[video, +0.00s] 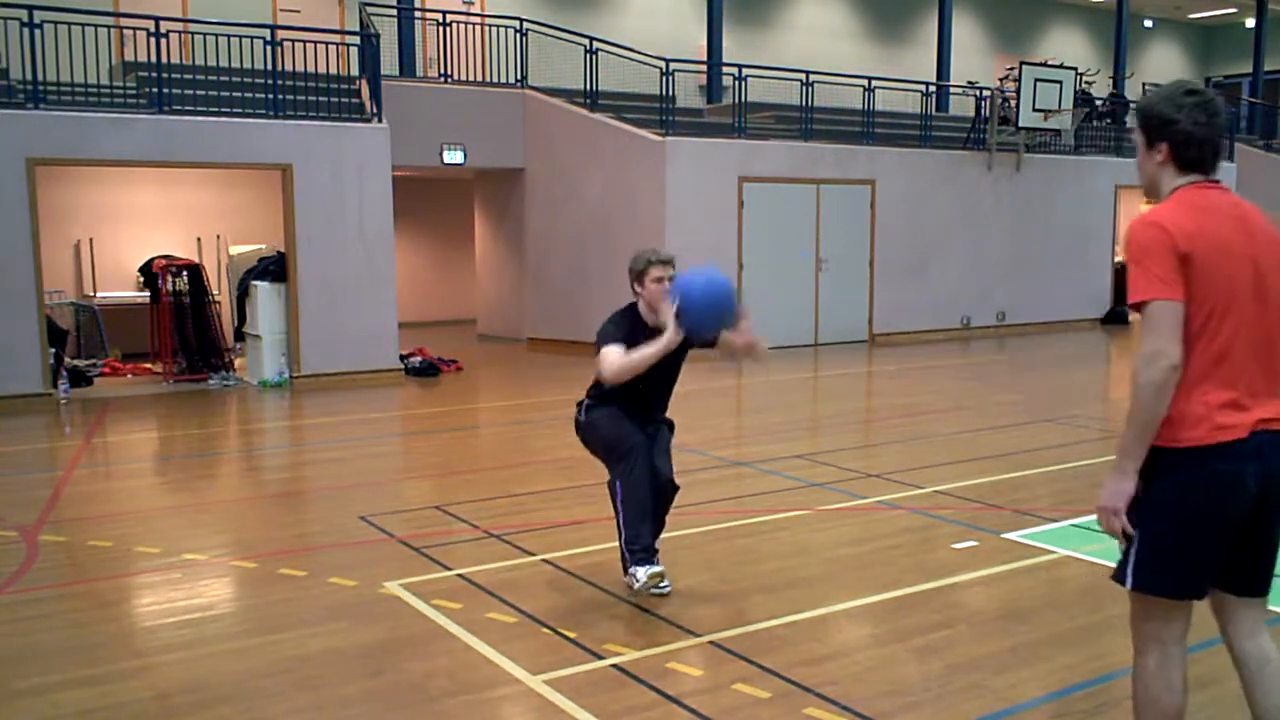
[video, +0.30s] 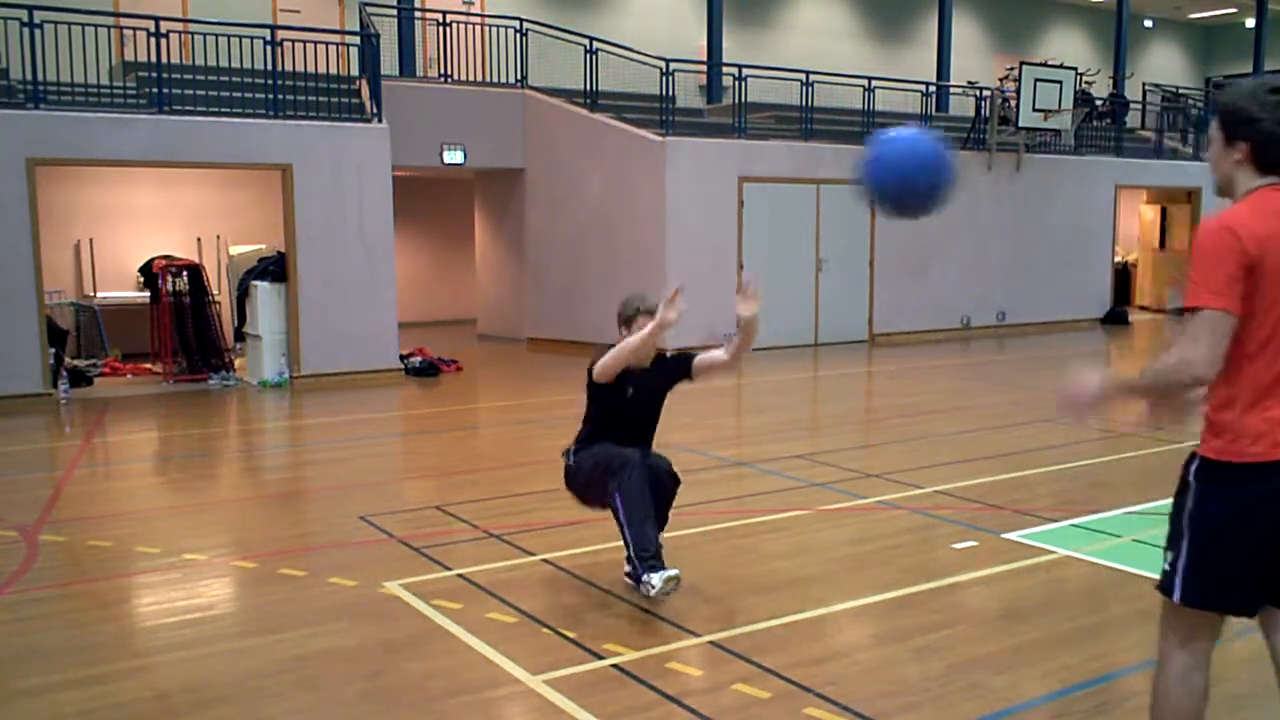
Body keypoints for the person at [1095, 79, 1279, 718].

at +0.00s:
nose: (1136, 156)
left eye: (1138, 143)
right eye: (1136, 143)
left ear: (1160, 149)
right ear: (1212, 150)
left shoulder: (1159, 226)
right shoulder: (1262, 224)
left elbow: (1162, 359)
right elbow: (1266, 338)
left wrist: (1124, 470)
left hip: (1189, 463)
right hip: (1264, 457)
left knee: (1158, 636)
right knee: (1246, 615)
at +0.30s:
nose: (1206, 153)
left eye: (1211, 140)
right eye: (1209, 140)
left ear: (1237, 148)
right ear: (1260, 149)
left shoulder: (1233, 228)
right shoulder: (1263, 221)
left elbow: (1200, 360)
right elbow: (1260, 347)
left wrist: (1111, 384)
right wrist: (1187, 391)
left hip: (1239, 462)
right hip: (1271, 457)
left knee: (1186, 639)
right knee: (1276, 619)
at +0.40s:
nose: (1228, 157)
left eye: (1232, 143)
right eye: (1229, 143)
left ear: (1258, 147)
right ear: (1271, 149)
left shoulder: (1255, 228)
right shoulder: (1259, 228)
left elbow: (1222, 359)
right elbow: (1240, 348)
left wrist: (1130, 321)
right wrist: (1161, 326)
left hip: (1250, 466)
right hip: (1258, 463)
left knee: (1194, 642)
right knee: (1193, 639)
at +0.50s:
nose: (1245, 150)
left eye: (1253, 136)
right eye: (1249, 136)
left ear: (1278, 146)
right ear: (1279, 148)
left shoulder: (1272, 228)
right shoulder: (1269, 228)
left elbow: (1229, 352)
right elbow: (1237, 338)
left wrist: (1172, 283)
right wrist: (1180, 276)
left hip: (1255, 463)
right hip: (1259, 462)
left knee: (1198, 643)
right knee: (1199, 639)